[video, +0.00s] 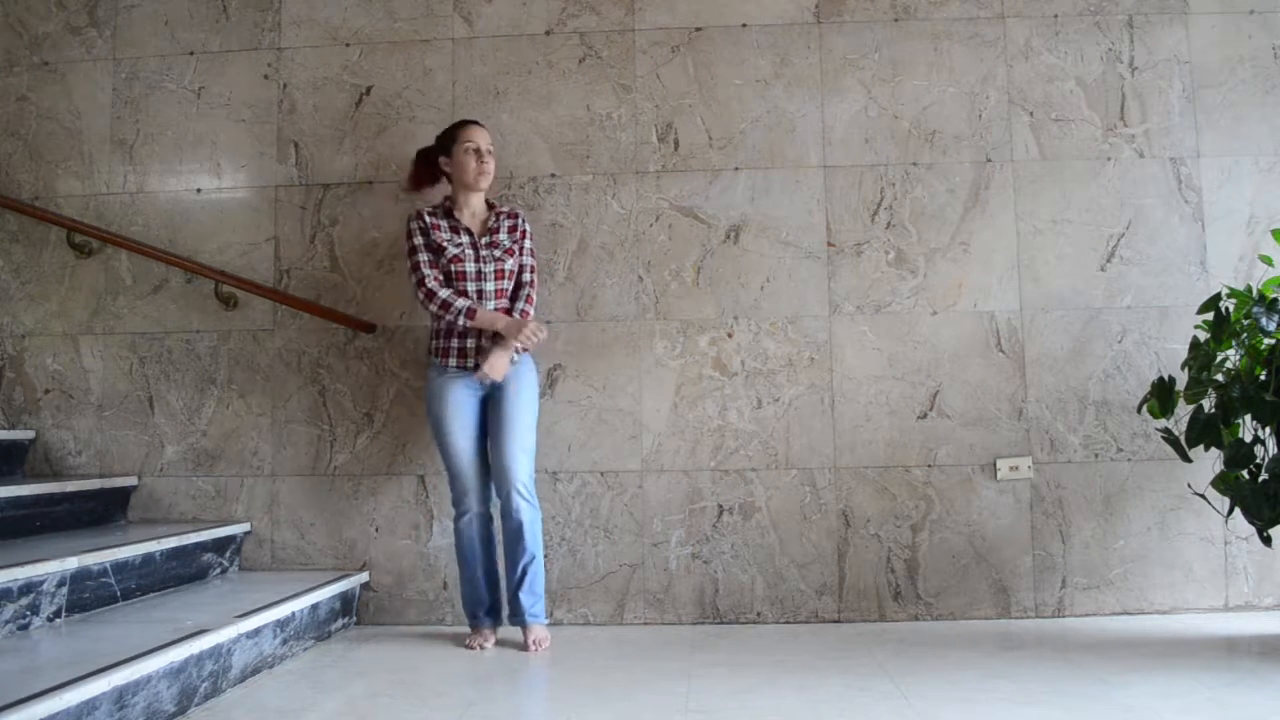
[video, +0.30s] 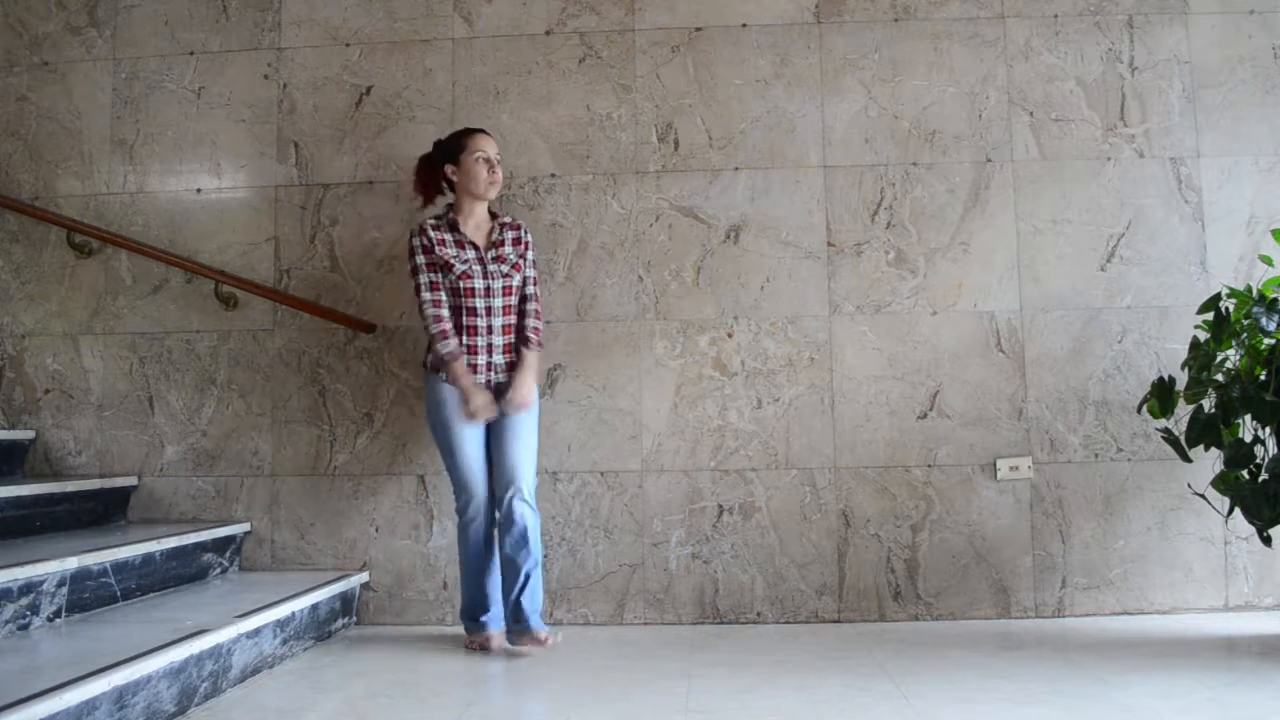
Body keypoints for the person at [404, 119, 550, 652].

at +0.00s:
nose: (484, 159)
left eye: (489, 152)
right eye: (471, 151)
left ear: (496, 165)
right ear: (446, 164)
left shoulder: (515, 223)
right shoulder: (424, 223)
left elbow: (527, 296)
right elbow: (432, 295)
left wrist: (507, 348)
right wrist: (500, 321)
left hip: (513, 366)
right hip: (454, 368)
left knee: (516, 486)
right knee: (469, 497)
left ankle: (533, 615)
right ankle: (483, 619)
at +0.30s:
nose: (496, 169)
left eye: (498, 161)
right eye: (483, 161)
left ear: (499, 174)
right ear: (452, 173)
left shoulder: (517, 235)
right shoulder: (429, 236)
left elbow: (532, 307)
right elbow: (435, 316)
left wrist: (528, 371)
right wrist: (466, 383)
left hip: (516, 381)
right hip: (457, 382)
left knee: (519, 498)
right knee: (476, 502)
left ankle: (526, 616)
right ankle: (483, 620)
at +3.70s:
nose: (687, 154)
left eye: (691, 143)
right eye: (678, 141)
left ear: (681, 145)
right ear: (641, 138)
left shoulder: (674, 202)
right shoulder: (607, 191)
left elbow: (687, 265)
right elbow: (563, 254)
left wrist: (729, 231)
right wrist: (564, 177)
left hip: (681, 352)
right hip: (633, 349)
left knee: (701, 479)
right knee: (647, 478)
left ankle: (692, 620)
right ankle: (619, 623)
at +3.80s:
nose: (686, 153)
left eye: (689, 143)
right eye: (675, 142)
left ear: (681, 148)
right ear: (637, 143)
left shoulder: (680, 208)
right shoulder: (610, 199)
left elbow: (695, 270)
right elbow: (579, 268)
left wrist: (741, 233)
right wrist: (572, 189)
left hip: (687, 355)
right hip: (638, 353)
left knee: (708, 479)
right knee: (648, 482)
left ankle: (690, 621)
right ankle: (618, 624)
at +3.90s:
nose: (689, 137)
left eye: (691, 127)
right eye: (678, 127)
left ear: (675, 134)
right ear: (640, 132)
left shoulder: (682, 197)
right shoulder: (612, 188)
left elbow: (703, 258)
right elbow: (584, 259)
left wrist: (754, 220)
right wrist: (573, 181)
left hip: (686, 347)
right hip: (636, 345)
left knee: (712, 468)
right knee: (648, 474)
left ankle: (697, 607)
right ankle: (621, 618)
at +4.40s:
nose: (710, 142)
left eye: (710, 132)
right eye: (699, 132)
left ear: (690, 142)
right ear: (663, 141)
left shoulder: (713, 211)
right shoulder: (636, 201)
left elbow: (752, 271)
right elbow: (613, 267)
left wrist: (798, 322)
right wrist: (609, 337)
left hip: (714, 361)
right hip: (664, 358)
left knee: (725, 488)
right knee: (656, 487)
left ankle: (702, 626)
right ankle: (615, 621)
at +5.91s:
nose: (801, 111)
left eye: (800, 99)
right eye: (792, 98)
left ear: (752, 107)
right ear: (756, 103)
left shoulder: (737, 168)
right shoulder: (756, 160)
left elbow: (785, 259)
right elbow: (808, 237)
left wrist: (835, 324)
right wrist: (854, 314)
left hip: (758, 333)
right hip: (769, 332)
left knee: (804, 480)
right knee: (779, 490)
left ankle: (721, 604)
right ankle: (747, 656)